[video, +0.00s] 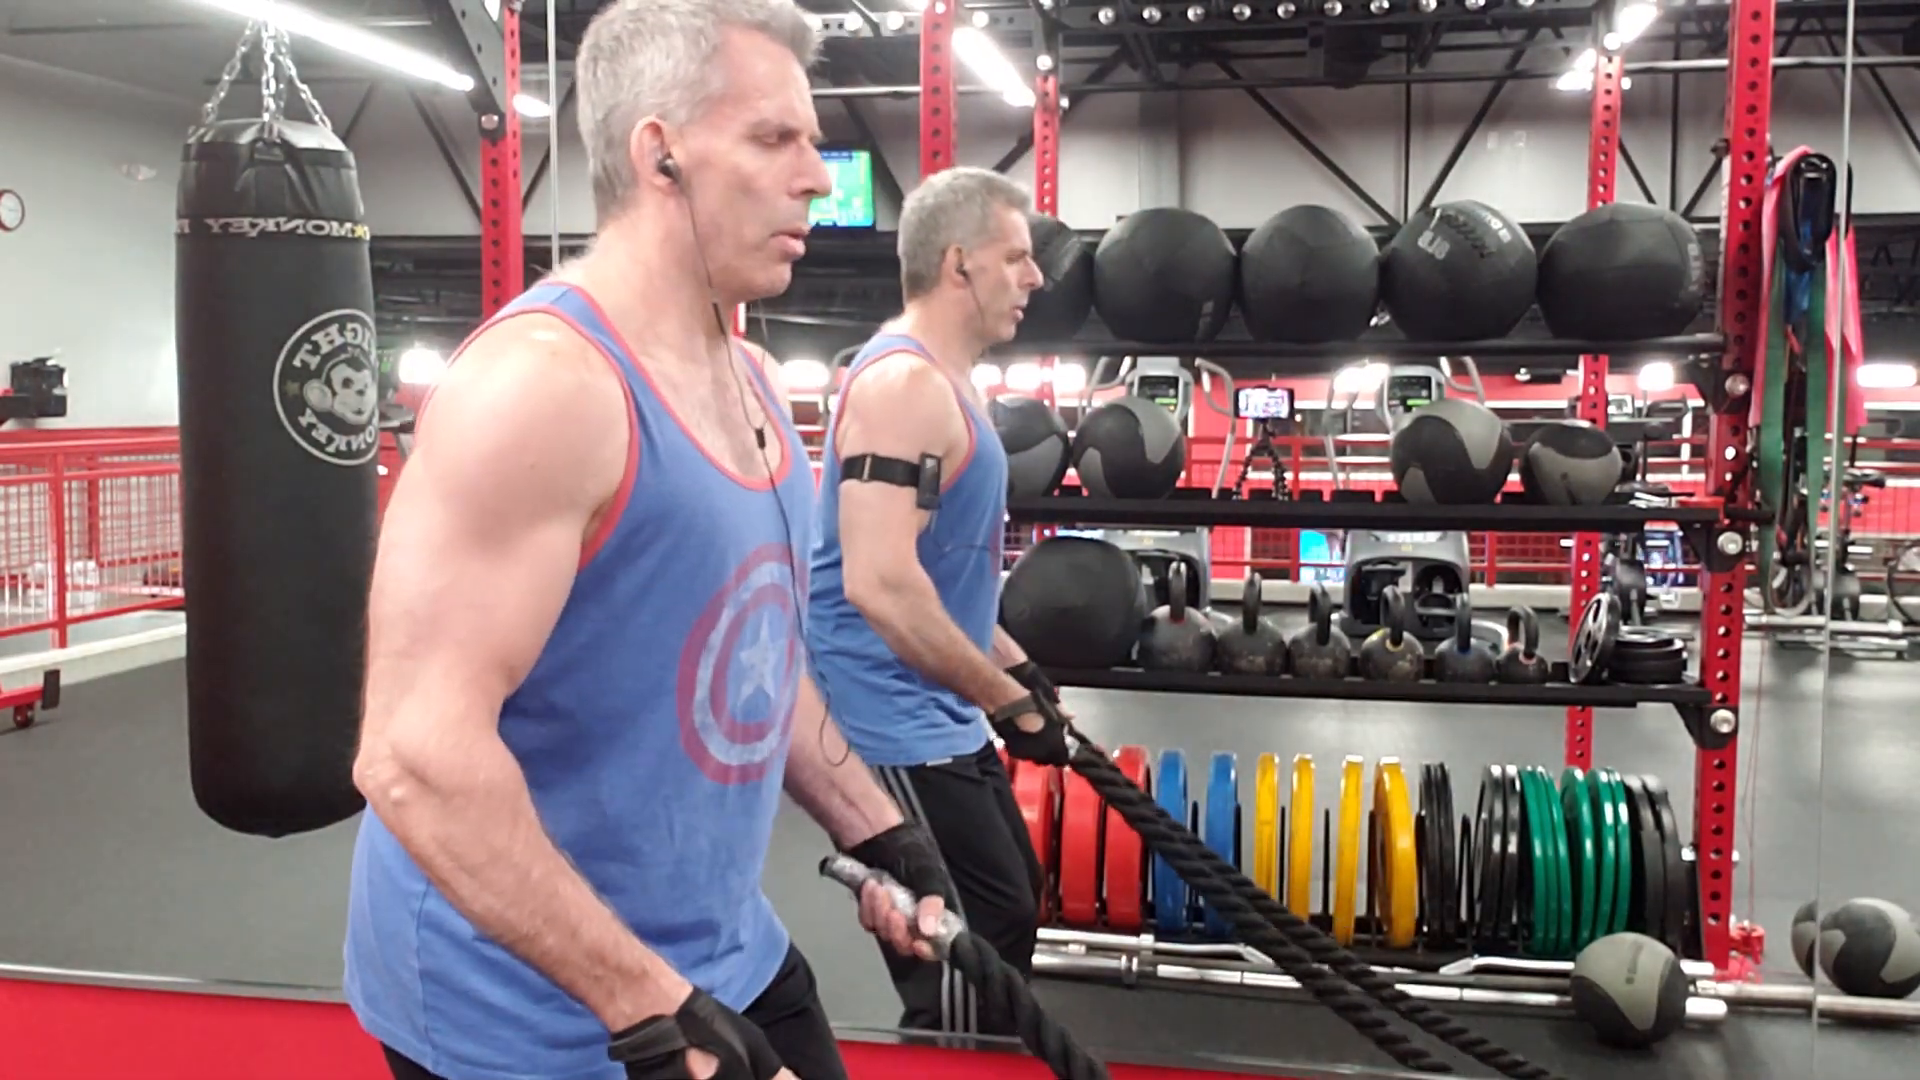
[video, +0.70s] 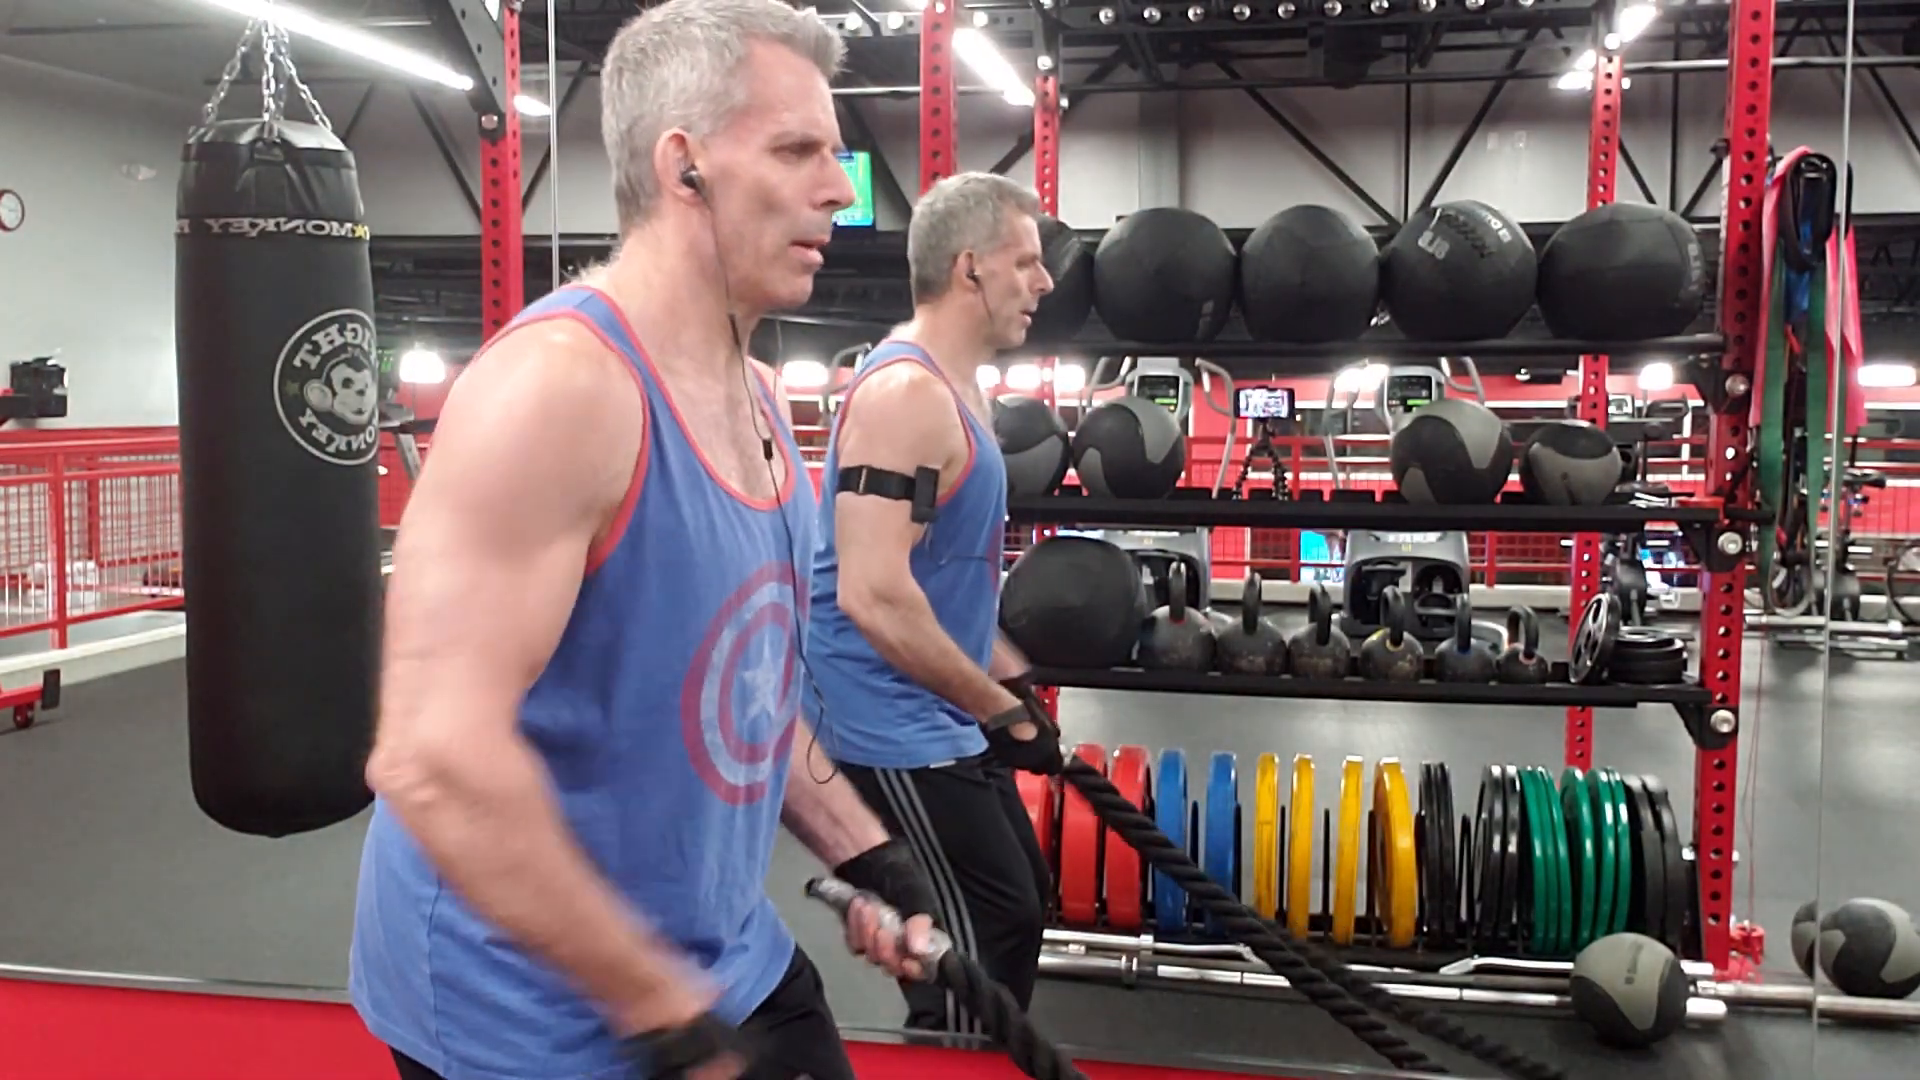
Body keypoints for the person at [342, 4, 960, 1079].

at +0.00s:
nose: (817, 180)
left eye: (811, 144)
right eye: (776, 139)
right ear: (657, 151)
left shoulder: (744, 375)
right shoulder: (536, 384)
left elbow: (755, 656)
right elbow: (417, 754)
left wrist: (884, 843)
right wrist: (647, 1005)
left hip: (731, 952)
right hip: (529, 1012)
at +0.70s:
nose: (839, 189)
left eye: (835, 153)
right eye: (797, 149)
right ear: (682, 165)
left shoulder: (751, 393)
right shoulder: (553, 383)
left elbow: (739, 686)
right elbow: (432, 754)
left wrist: (870, 865)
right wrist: (674, 1017)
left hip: (733, 959)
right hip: (533, 1017)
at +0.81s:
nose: (819, 189)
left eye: (817, 155)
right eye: (781, 149)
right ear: (666, 158)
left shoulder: (746, 388)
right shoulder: (533, 367)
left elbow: (730, 696)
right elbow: (533, 723)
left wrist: (827, 891)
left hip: (722, 947)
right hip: (541, 986)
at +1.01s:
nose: (815, 206)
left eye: (812, 168)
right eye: (775, 164)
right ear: (658, 175)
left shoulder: (741, 388)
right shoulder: (516, 383)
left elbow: (752, 673)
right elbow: (581, 740)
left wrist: (857, 855)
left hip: (697, 924)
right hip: (516, 967)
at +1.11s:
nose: (818, 209)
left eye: (814, 172)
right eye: (779, 169)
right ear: (663, 176)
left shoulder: (729, 374)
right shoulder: (529, 396)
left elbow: (784, 611)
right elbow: (506, 788)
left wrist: (969, 687)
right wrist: (733, 1026)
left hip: (695, 913)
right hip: (514, 979)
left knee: (793, 1049)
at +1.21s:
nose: (817, 216)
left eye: (812, 180)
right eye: (779, 178)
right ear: (658, 185)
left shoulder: (742, 386)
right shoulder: (523, 389)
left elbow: (811, 624)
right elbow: (524, 762)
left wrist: (1017, 625)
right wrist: (784, 913)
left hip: (705, 961)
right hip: (519, 1004)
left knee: (815, 1065)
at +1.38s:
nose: (817, 239)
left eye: (812, 201)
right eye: (776, 200)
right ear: (656, 207)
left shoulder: (765, 404)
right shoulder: (493, 404)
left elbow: (803, 660)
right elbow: (588, 751)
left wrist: (922, 862)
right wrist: (878, 688)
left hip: (708, 922)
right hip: (510, 965)